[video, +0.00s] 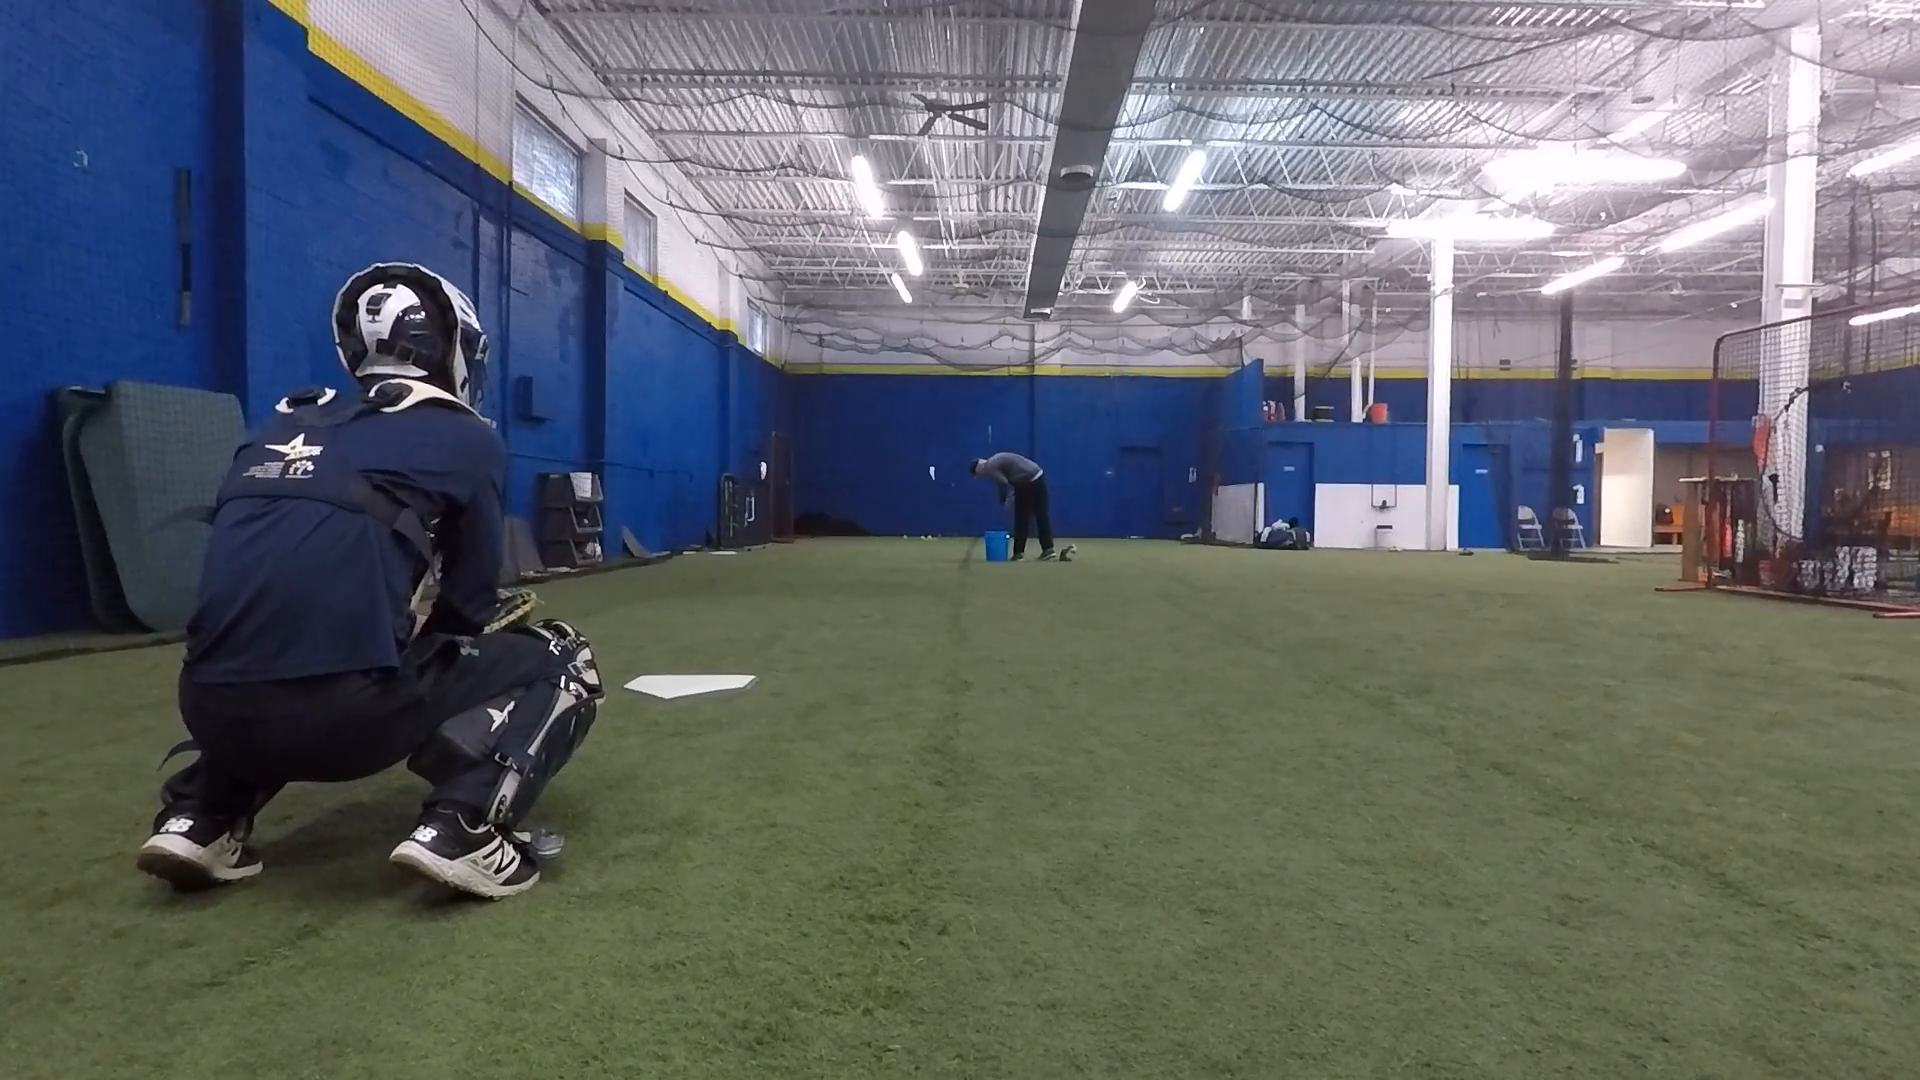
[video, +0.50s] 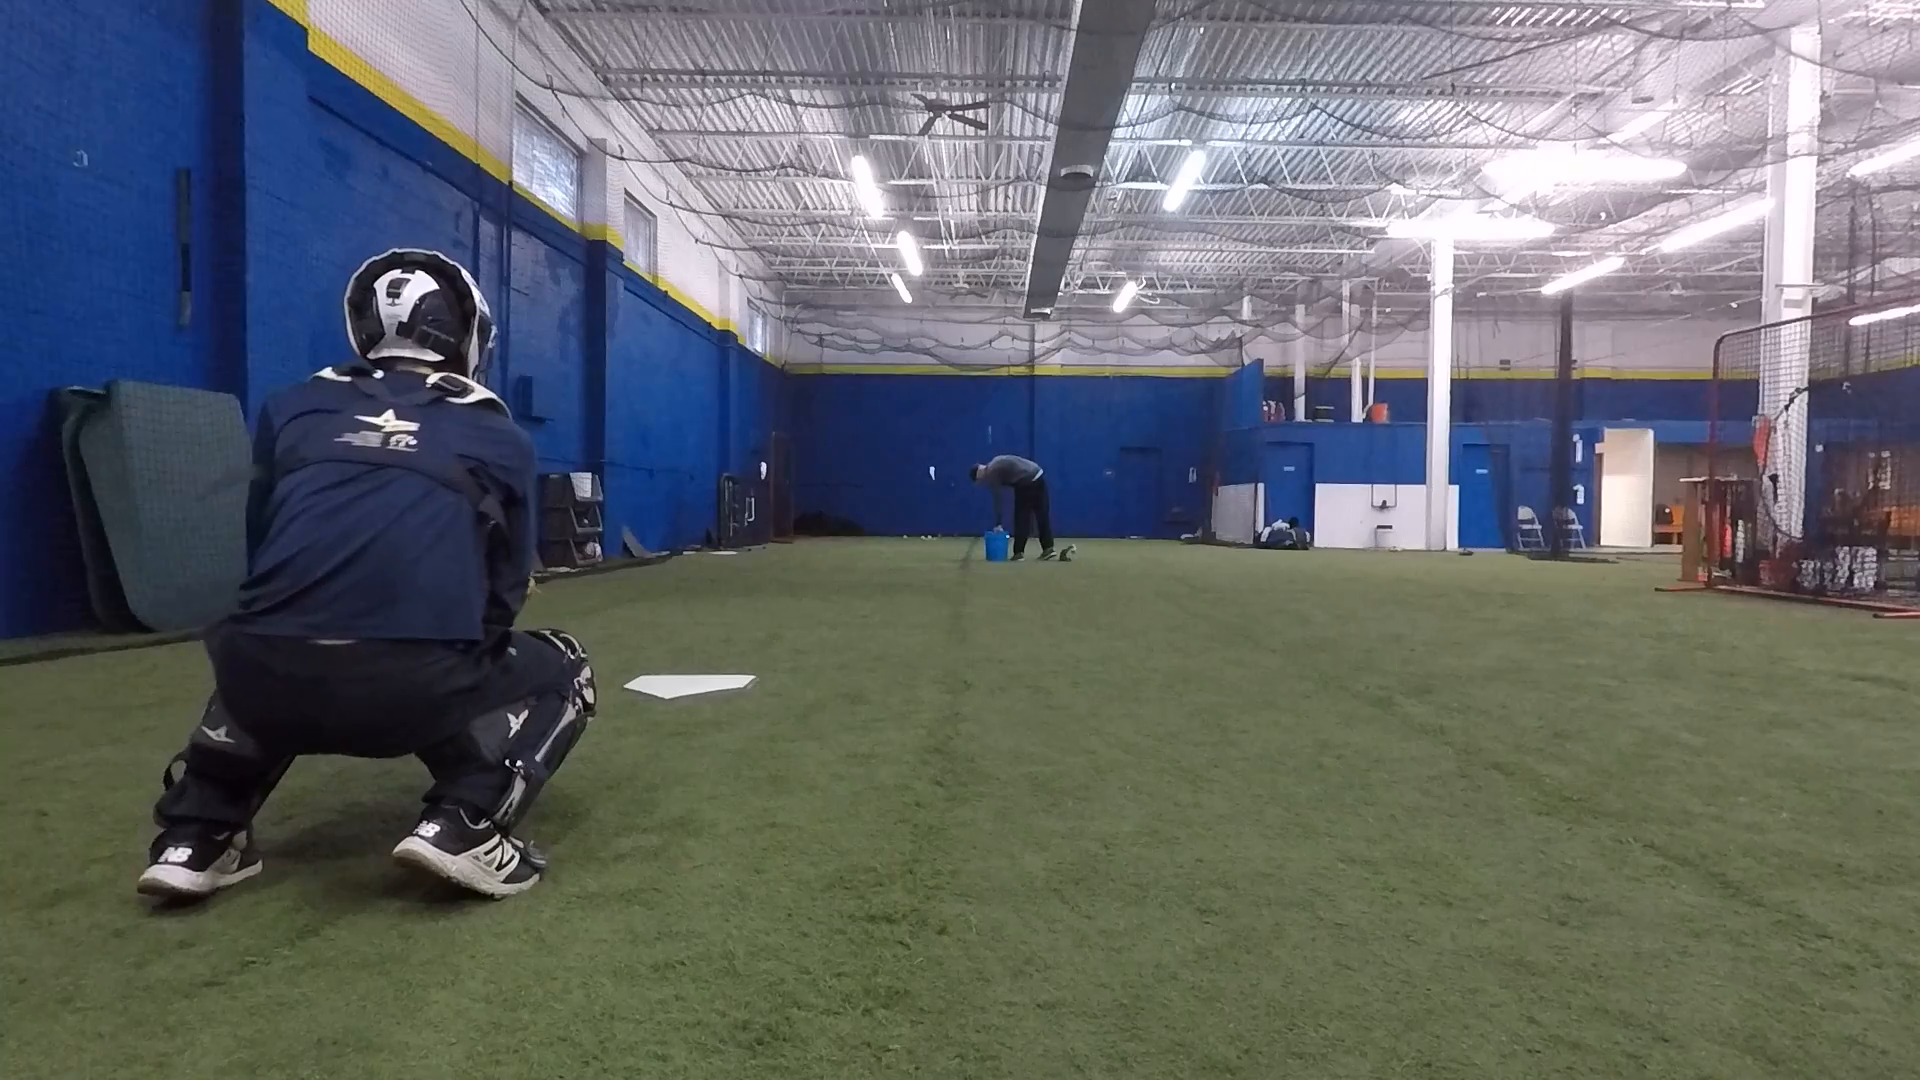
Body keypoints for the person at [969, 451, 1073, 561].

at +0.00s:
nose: (982, 476)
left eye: (979, 474)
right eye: (979, 475)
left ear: (980, 466)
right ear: (982, 463)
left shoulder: (990, 467)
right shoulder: (994, 461)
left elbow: (1004, 483)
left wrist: (1003, 499)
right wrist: (1008, 495)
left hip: (1035, 480)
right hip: (1021, 484)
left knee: (1041, 516)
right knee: (1021, 519)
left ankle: (1048, 549)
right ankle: (1018, 552)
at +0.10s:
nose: (981, 475)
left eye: (979, 473)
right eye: (978, 474)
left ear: (980, 465)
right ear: (981, 464)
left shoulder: (991, 467)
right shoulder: (992, 465)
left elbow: (1006, 485)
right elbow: (1005, 485)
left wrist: (1002, 504)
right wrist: (1002, 503)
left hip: (1035, 479)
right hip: (1021, 484)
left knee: (1041, 515)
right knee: (1021, 518)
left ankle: (1048, 549)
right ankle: (1018, 552)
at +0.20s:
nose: (981, 476)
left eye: (978, 474)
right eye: (978, 475)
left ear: (980, 465)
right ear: (981, 463)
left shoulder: (991, 467)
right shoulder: (992, 465)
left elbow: (1004, 487)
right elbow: (1002, 489)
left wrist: (1000, 510)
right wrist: (1000, 510)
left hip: (1035, 479)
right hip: (1021, 484)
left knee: (1041, 516)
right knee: (1021, 519)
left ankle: (1048, 549)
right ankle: (1018, 552)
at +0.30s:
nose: (981, 476)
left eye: (979, 473)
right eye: (979, 475)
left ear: (980, 466)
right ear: (981, 466)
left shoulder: (992, 467)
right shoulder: (991, 467)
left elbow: (999, 492)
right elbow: (999, 492)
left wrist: (999, 516)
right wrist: (998, 516)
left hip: (1035, 479)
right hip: (1021, 484)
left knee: (1041, 515)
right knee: (1021, 518)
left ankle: (1048, 548)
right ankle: (1018, 552)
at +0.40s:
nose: (982, 478)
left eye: (980, 476)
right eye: (979, 477)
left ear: (980, 469)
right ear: (980, 468)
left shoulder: (993, 468)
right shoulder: (991, 471)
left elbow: (998, 497)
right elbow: (997, 498)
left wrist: (999, 521)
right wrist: (998, 521)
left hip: (1036, 480)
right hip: (1021, 485)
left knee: (1042, 516)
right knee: (1021, 519)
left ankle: (1048, 549)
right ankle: (1018, 552)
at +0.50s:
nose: (982, 480)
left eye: (980, 478)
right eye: (980, 479)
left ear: (980, 471)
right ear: (980, 473)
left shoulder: (995, 468)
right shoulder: (992, 474)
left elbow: (998, 500)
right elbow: (997, 499)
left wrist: (998, 524)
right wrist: (998, 524)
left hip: (1036, 480)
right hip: (1021, 485)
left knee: (1042, 516)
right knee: (1021, 519)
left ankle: (1048, 549)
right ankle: (1018, 552)